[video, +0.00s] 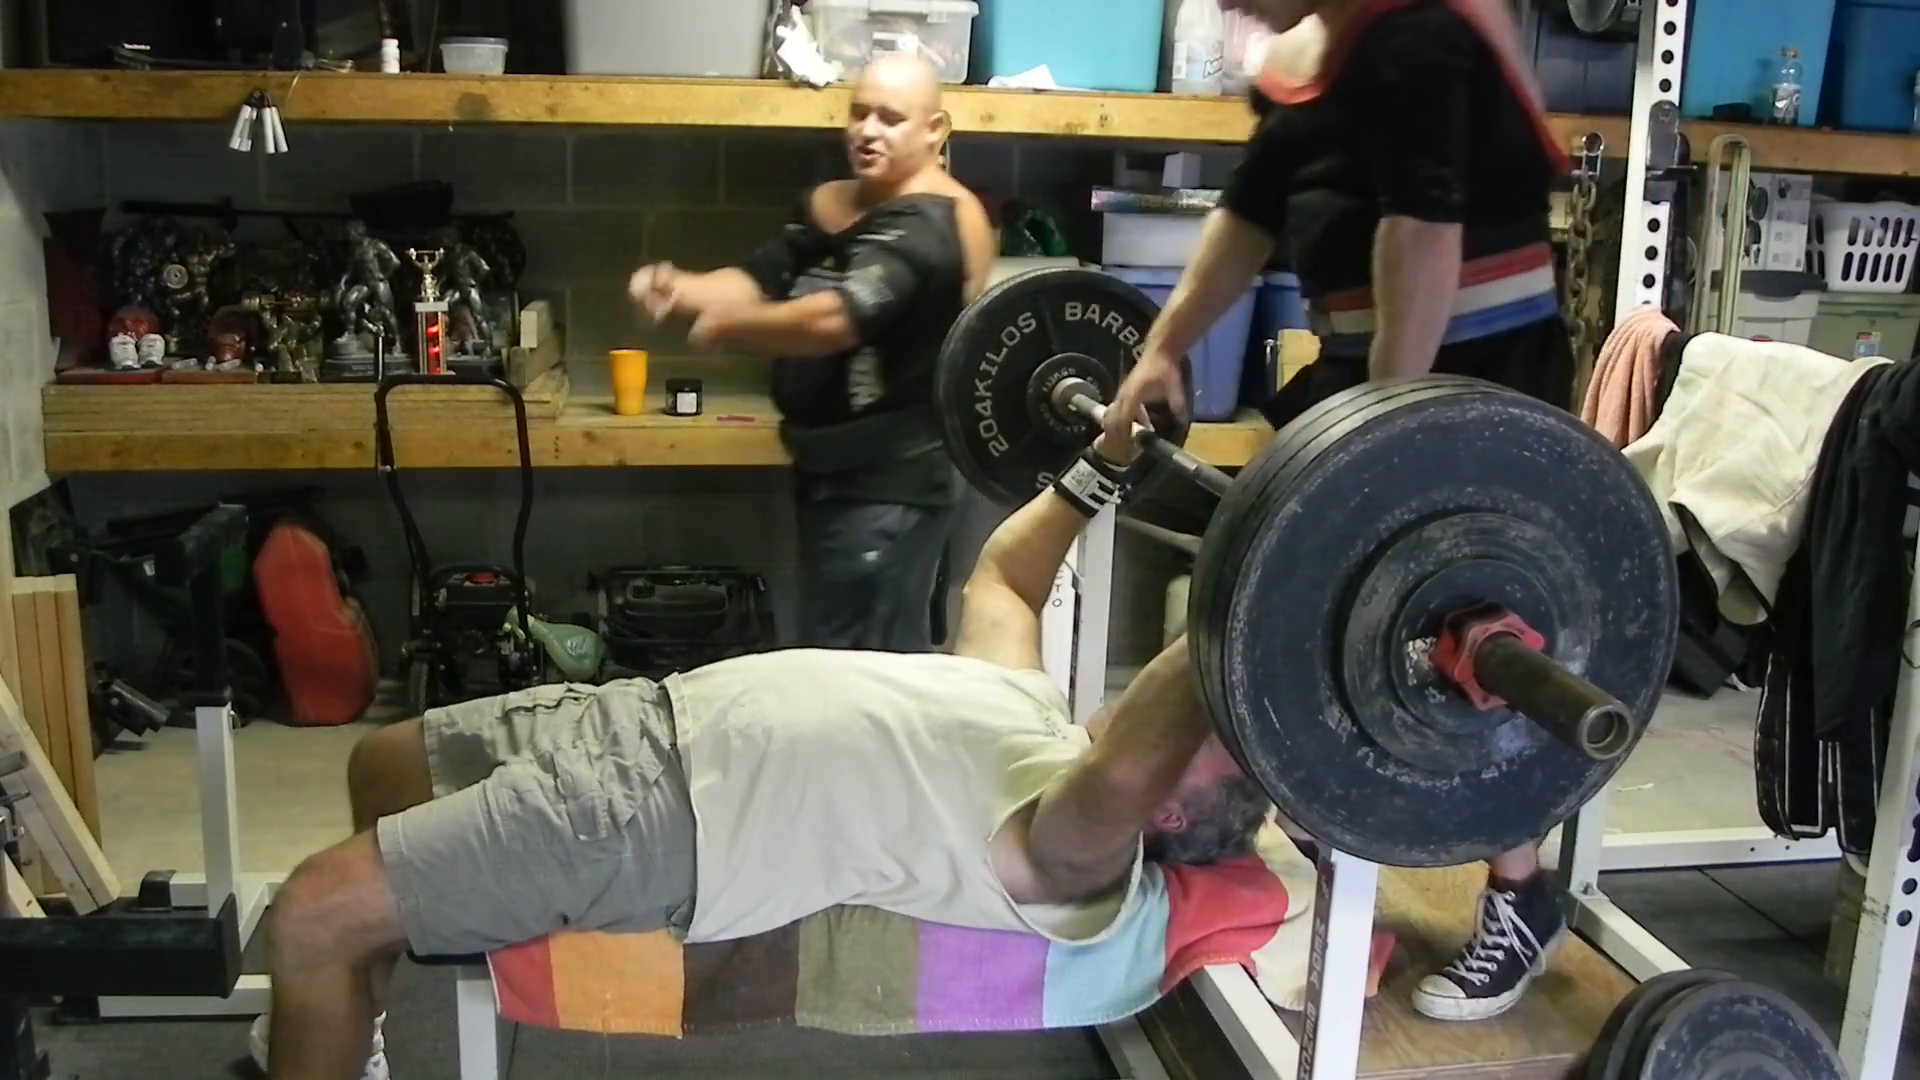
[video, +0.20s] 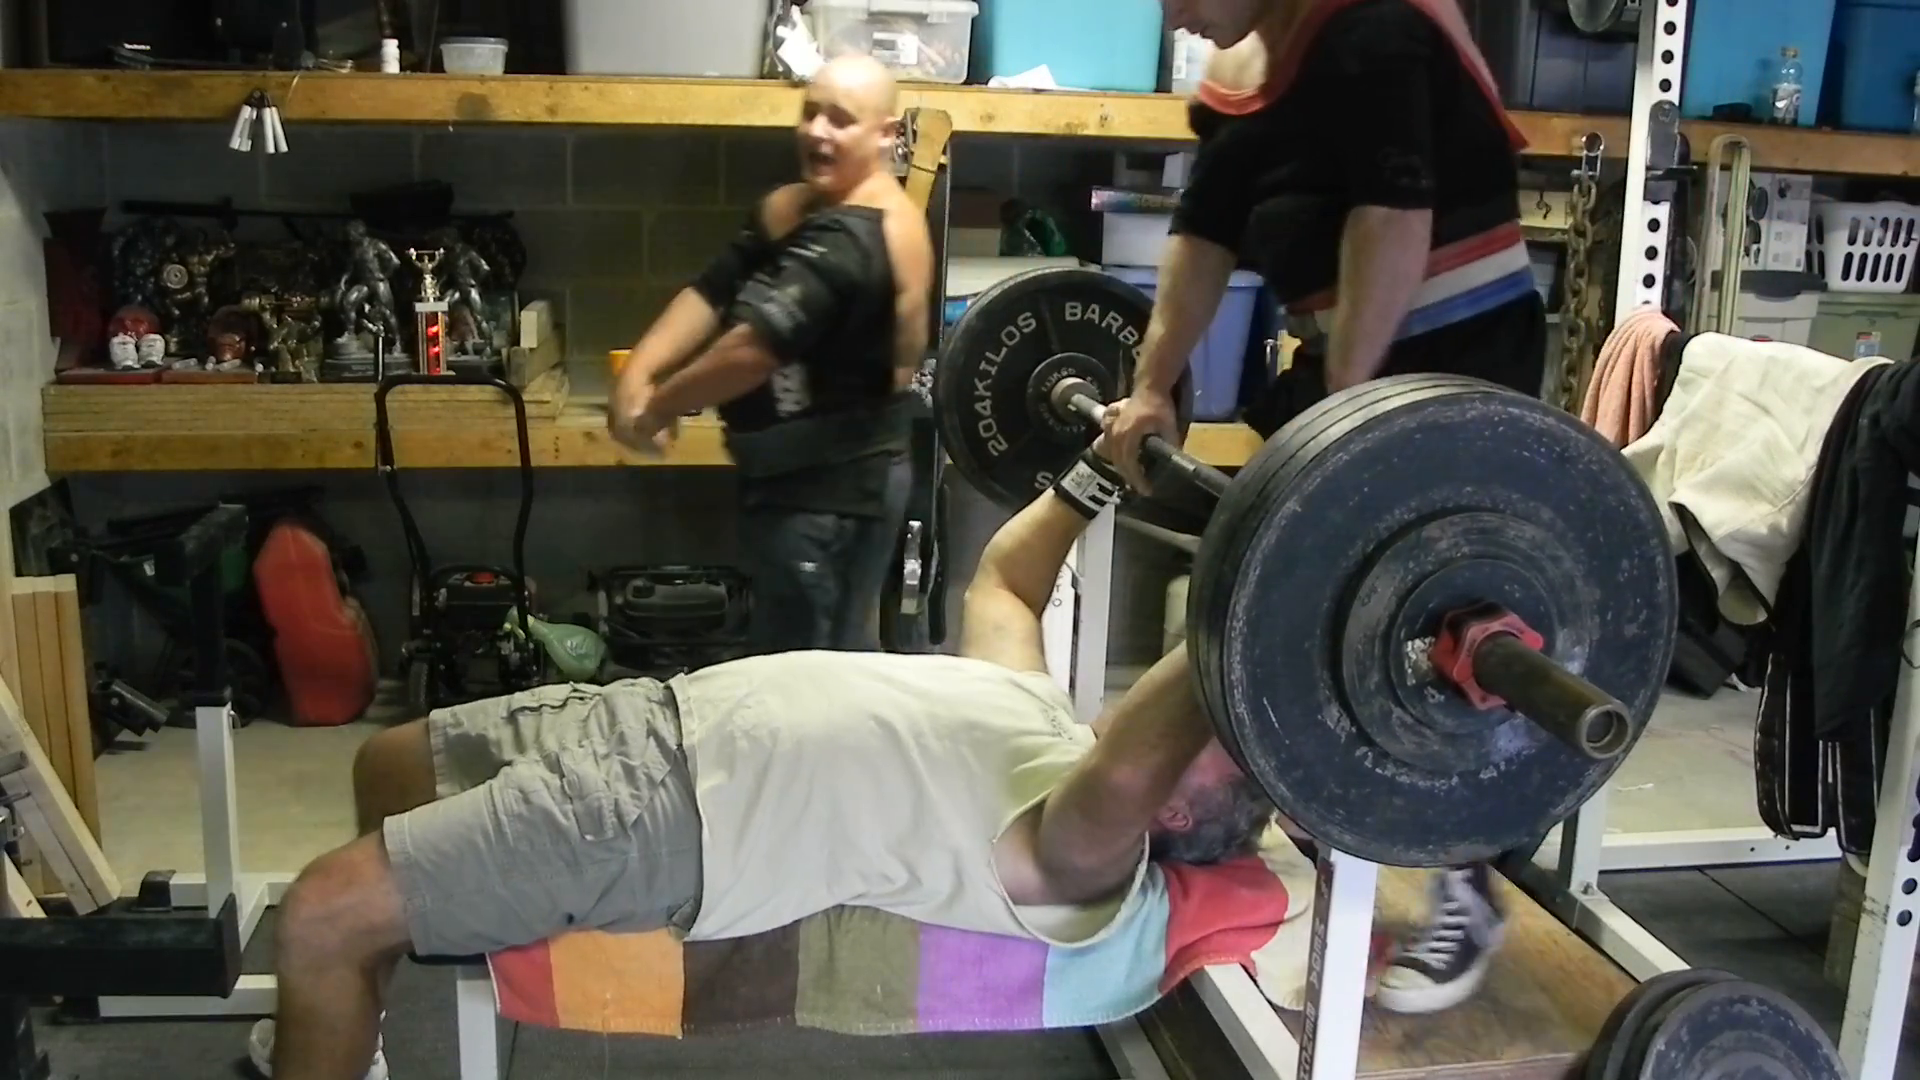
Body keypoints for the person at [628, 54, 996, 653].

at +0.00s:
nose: (867, 131)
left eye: (890, 117)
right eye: (860, 114)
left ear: (936, 131)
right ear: (848, 118)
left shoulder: (925, 221)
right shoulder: (842, 205)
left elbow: (837, 321)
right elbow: (763, 278)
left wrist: (730, 322)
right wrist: (683, 288)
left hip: (887, 486)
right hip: (836, 477)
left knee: (852, 678)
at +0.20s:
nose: (817, 131)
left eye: (841, 119)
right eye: (811, 112)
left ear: (887, 132)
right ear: (799, 115)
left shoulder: (853, 232)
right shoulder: (797, 207)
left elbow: (759, 347)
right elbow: (714, 291)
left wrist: (665, 404)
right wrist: (637, 373)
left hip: (823, 493)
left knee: (792, 690)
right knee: (838, 680)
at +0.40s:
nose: (770, 115)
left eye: (795, 103)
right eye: (766, 98)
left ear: (846, 120)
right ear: (754, 100)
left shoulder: (798, 217)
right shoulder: (758, 195)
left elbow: (699, 328)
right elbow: (663, 287)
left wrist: (593, 399)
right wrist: (567, 367)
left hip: (778, 490)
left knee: (751, 703)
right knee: (800, 694)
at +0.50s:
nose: (753, 112)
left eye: (778, 100)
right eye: (749, 95)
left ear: (829, 118)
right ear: (737, 99)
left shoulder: (782, 213)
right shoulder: (743, 196)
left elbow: (678, 320)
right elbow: (641, 284)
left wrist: (562, 387)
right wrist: (540, 360)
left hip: (762, 494)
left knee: (748, 710)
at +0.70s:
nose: (730, 109)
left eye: (755, 98)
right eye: (723, 92)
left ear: (800, 116)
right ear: (707, 100)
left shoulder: (765, 210)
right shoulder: (691, 197)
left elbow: (658, 324)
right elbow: (597, 283)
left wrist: (542, 385)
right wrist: (507, 356)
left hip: (732, 496)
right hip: (659, 485)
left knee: (734, 714)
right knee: (637, 700)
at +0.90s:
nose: (693, 116)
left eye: (714, 104)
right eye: (679, 98)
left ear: (744, 122)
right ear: (654, 106)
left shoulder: (746, 212)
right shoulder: (600, 200)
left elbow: (671, 321)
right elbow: (529, 290)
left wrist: (549, 393)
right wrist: (452, 376)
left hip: (704, 509)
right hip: (587, 504)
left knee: (720, 726)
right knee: (568, 719)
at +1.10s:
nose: (621, 120)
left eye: (639, 107)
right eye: (604, 101)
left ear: (655, 123)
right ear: (568, 105)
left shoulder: (681, 212)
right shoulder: (500, 203)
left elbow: (678, 309)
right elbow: (459, 295)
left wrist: (629, 398)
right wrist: (434, 395)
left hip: (649, 507)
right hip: (519, 508)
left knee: (699, 713)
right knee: (521, 721)